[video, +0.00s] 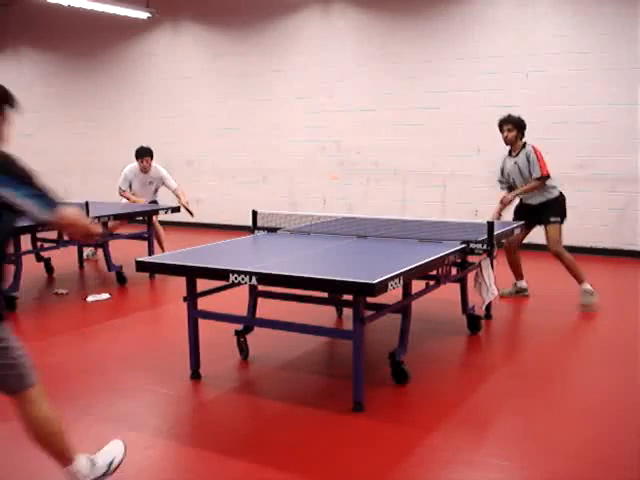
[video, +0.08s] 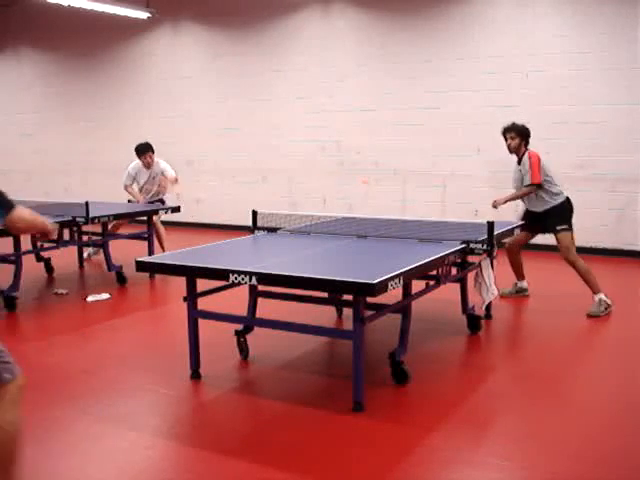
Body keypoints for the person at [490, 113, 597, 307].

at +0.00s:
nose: (505, 135)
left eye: (509, 131)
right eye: (503, 132)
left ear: (519, 132)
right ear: (501, 135)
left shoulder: (531, 151)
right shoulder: (506, 162)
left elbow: (541, 179)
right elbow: (510, 191)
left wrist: (514, 194)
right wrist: (499, 211)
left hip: (550, 201)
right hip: (528, 205)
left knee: (554, 247)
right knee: (510, 244)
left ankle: (585, 287)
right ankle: (520, 285)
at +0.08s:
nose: (508, 143)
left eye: (512, 138)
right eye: (506, 140)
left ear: (522, 140)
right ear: (506, 142)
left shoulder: (531, 157)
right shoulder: (519, 164)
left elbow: (533, 186)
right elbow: (531, 193)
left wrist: (504, 200)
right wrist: (525, 217)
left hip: (557, 209)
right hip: (537, 213)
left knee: (569, 255)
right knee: (512, 246)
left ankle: (601, 298)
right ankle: (521, 285)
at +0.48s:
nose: (499, 143)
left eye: (502, 138)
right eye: (499, 139)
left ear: (511, 140)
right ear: (513, 140)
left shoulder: (518, 153)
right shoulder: (516, 157)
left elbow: (535, 169)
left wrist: (527, 194)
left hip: (548, 206)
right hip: (535, 211)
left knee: (563, 257)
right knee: (510, 248)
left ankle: (604, 294)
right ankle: (521, 285)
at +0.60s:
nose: (511, 136)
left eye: (515, 132)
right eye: (511, 133)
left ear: (528, 136)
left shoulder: (544, 157)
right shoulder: (508, 161)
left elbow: (558, 178)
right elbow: (478, 164)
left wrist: (537, 169)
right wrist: (466, 151)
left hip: (545, 209)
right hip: (521, 209)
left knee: (547, 245)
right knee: (496, 252)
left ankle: (571, 276)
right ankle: (510, 276)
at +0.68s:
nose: (514, 146)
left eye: (519, 142)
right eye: (512, 142)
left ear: (532, 147)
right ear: (512, 145)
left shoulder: (541, 171)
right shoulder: (507, 168)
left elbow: (557, 197)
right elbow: (504, 163)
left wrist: (559, 184)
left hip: (534, 219)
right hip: (508, 218)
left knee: (548, 251)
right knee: (489, 250)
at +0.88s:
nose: (518, 159)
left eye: (523, 155)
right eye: (516, 155)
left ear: (532, 159)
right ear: (512, 156)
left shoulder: (531, 177)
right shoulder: (505, 174)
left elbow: (524, 198)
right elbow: (509, 207)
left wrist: (542, 210)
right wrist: (540, 209)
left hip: (516, 221)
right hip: (493, 222)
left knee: (540, 249)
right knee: (473, 256)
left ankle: (551, 301)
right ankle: (441, 282)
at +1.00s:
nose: (522, 142)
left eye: (527, 138)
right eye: (519, 138)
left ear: (536, 142)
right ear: (515, 140)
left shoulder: (538, 164)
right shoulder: (504, 162)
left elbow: (534, 187)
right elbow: (500, 195)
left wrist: (547, 201)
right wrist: (533, 198)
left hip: (524, 212)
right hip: (499, 212)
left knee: (541, 247)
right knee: (474, 250)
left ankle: (547, 297)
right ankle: (441, 281)